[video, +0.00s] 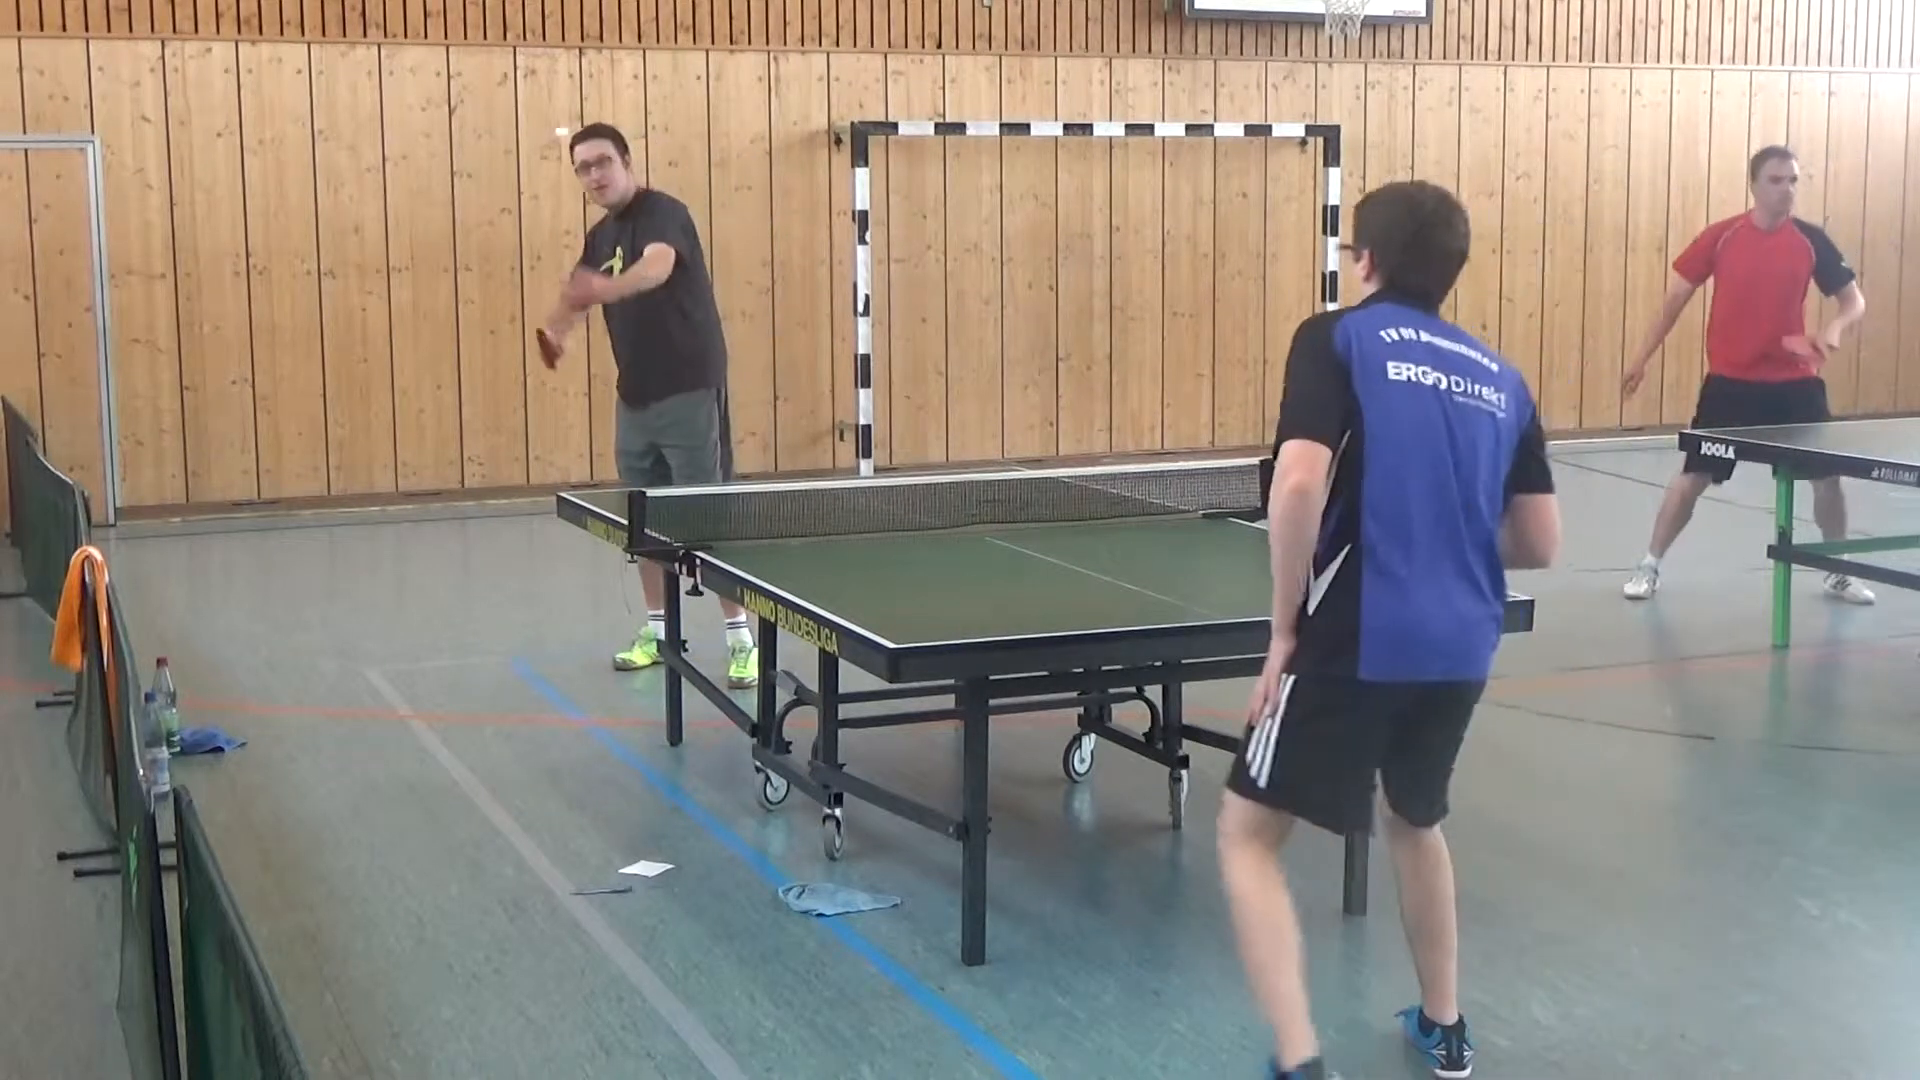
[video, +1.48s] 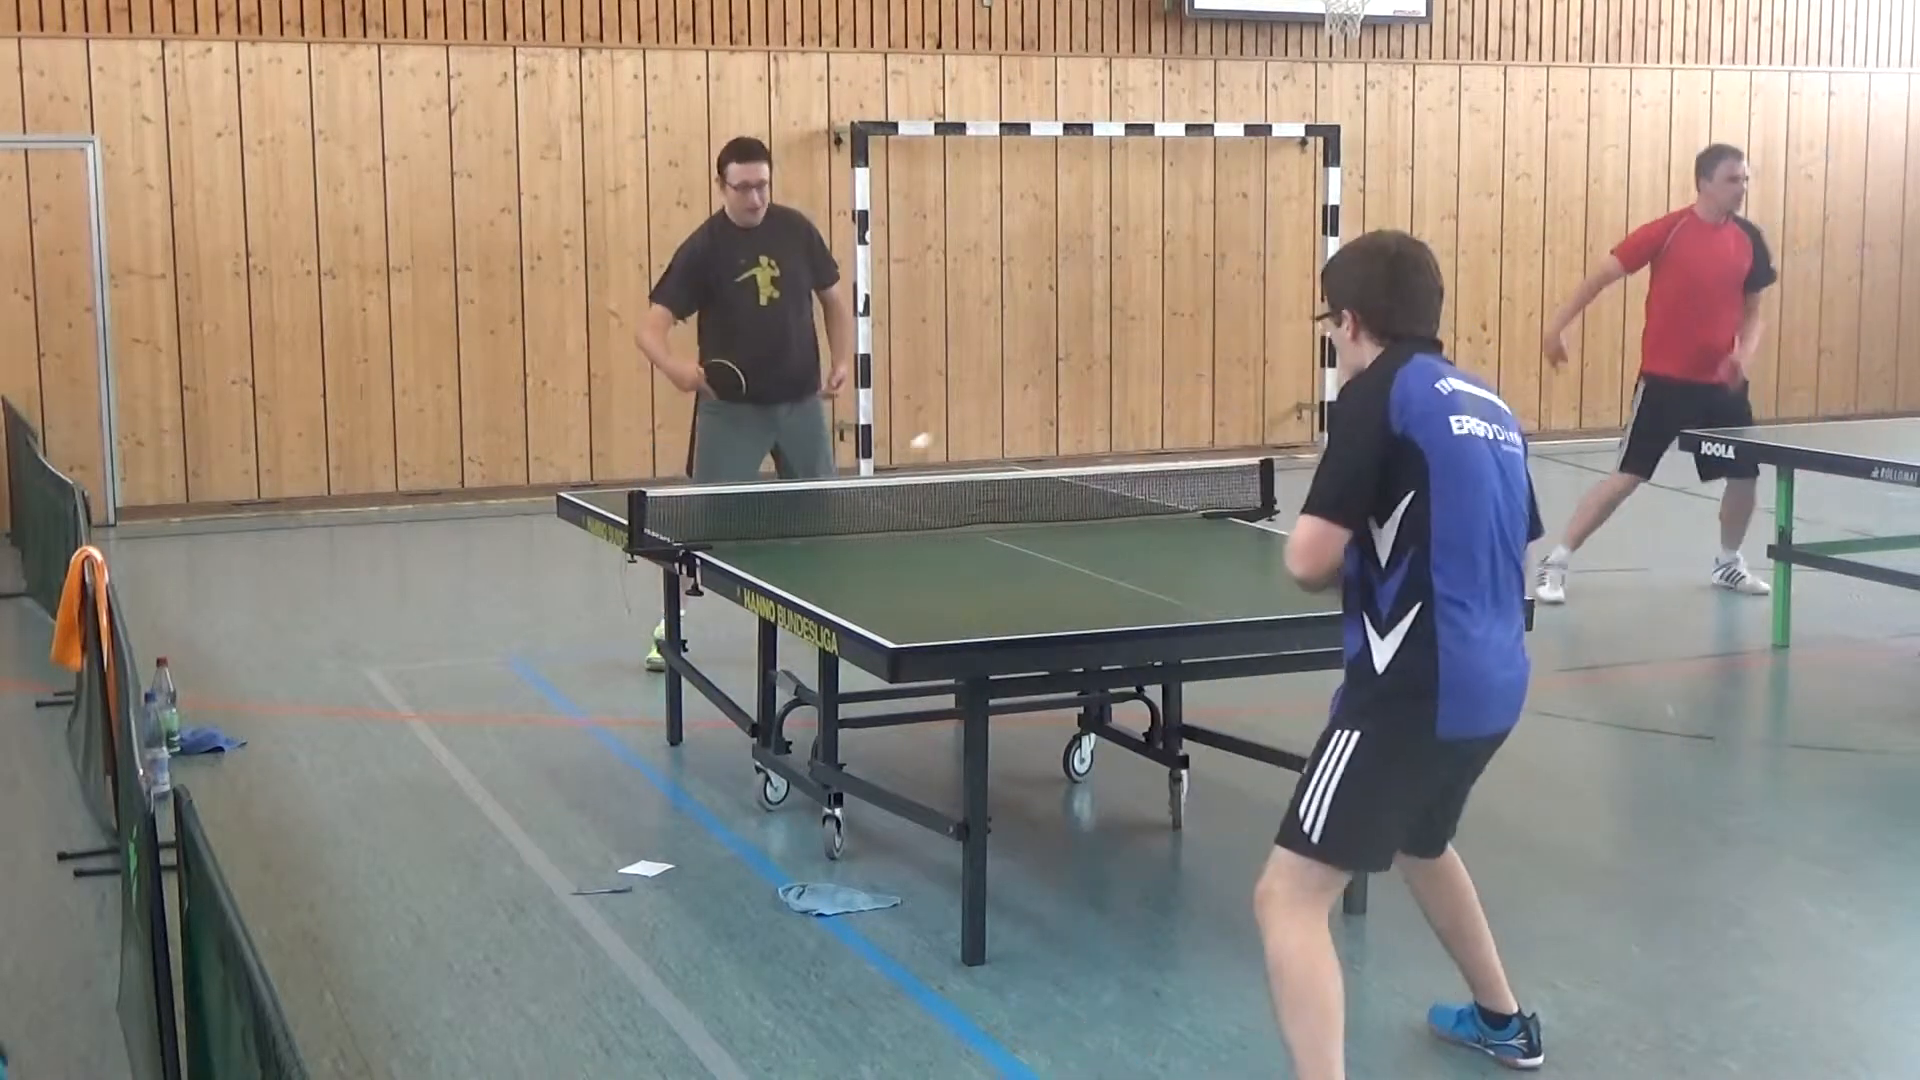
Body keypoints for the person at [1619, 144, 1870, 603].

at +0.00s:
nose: (1787, 188)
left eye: (1792, 180)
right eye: (1776, 180)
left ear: (1798, 184)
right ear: (1753, 185)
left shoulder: (1810, 240)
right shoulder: (1720, 237)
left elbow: (1854, 300)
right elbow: (1676, 297)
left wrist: (1834, 328)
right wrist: (1641, 359)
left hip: (1796, 385)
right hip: (1730, 385)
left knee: (1827, 477)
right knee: (1693, 479)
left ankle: (1836, 571)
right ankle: (1650, 565)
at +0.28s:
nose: (1790, 203)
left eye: (1796, 195)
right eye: (1780, 194)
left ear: (1802, 197)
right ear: (1758, 197)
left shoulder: (1816, 247)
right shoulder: (1725, 246)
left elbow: (1861, 304)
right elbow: (1691, 308)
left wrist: (1843, 328)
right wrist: (1675, 348)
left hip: (1806, 391)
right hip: (1740, 392)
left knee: (1843, 482)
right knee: (1701, 482)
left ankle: (1863, 573)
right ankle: (1654, 566)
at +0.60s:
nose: (1794, 202)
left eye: (1801, 192)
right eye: (1784, 193)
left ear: (1809, 191)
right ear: (1764, 192)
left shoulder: (1818, 241)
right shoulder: (1733, 228)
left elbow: (1833, 325)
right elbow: (1703, 289)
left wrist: (1782, 357)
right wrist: (1675, 344)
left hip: (1797, 382)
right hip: (1732, 379)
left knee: (1818, 476)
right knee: (1695, 472)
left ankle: (1827, 574)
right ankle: (1651, 565)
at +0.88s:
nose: (1820, 183)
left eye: (1824, 174)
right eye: (1809, 174)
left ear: (1828, 178)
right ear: (1783, 178)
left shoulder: (1832, 241)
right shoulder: (1742, 220)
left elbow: (1843, 321)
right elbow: (1715, 259)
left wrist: (1803, 350)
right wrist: (1689, 300)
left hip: (1797, 378)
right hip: (1732, 370)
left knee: (1816, 475)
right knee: (1690, 461)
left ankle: (1827, 573)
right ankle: (1638, 555)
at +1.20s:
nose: (1773, 188)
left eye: (1776, 180)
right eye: (1764, 179)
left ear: (1771, 185)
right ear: (1734, 183)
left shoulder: (1777, 241)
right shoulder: (1688, 227)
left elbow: (1790, 301)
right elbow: (1633, 268)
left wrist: (1771, 335)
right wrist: (1599, 323)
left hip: (1750, 380)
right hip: (1689, 380)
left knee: (1783, 474)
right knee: (1659, 473)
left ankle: (1817, 570)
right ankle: (1610, 567)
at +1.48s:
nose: (1743, 187)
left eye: (1745, 180)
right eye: (1733, 180)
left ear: (1745, 183)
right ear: (1704, 183)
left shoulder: (1748, 240)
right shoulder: (1667, 231)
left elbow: (1754, 311)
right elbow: (1602, 276)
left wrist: (1742, 353)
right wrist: (1555, 328)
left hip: (1723, 383)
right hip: (1666, 381)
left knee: (1745, 471)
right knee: (1629, 477)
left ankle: (1728, 563)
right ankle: (1557, 560)